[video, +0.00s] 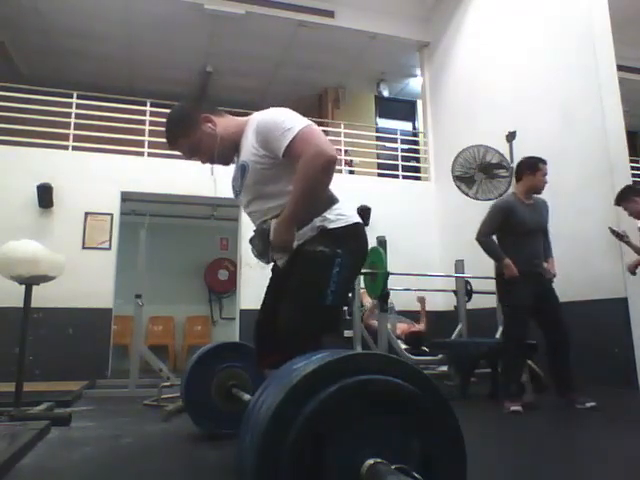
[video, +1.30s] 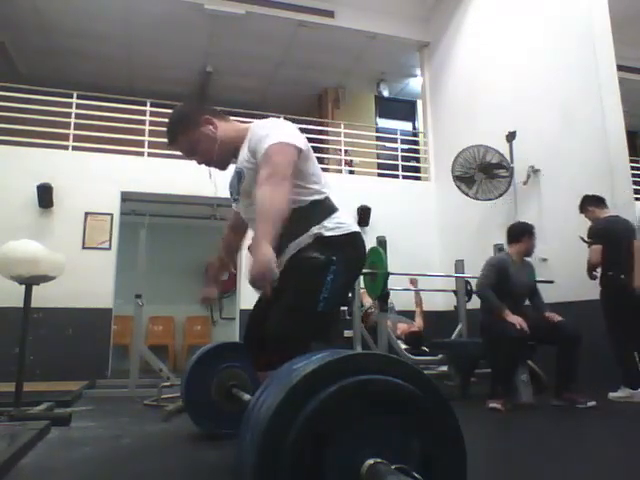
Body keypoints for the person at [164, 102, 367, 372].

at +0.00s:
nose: (202, 160)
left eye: (196, 151)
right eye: (194, 157)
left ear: (209, 125)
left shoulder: (267, 121)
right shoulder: (241, 173)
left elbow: (321, 156)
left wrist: (287, 223)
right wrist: (265, 235)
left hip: (330, 240)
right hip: (296, 255)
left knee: (299, 337)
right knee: (270, 340)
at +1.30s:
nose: (198, 161)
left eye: (194, 151)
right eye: (191, 157)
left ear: (210, 127)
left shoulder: (272, 130)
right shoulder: (241, 178)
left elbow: (276, 182)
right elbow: (236, 228)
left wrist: (263, 246)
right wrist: (223, 265)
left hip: (328, 245)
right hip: (296, 260)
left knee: (288, 337)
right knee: (258, 336)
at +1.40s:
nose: (200, 162)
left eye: (197, 151)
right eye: (193, 157)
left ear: (213, 126)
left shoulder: (272, 133)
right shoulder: (236, 175)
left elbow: (257, 174)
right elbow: (212, 219)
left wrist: (220, 216)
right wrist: (179, 262)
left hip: (330, 247)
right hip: (292, 263)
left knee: (290, 339)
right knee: (258, 338)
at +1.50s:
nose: (204, 157)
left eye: (201, 148)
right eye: (197, 154)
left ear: (215, 125)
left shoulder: (278, 134)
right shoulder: (241, 177)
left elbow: (227, 158)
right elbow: (204, 207)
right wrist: (150, 233)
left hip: (331, 250)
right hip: (294, 264)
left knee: (294, 342)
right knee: (257, 338)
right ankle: (283, 426)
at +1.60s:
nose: (208, 147)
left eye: (206, 140)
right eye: (201, 144)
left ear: (219, 123)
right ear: (213, 133)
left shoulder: (278, 134)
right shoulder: (238, 177)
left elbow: (210, 147)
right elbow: (188, 197)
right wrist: (131, 207)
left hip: (333, 251)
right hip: (296, 267)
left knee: (288, 346)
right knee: (257, 345)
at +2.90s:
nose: (202, 163)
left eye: (201, 154)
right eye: (195, 157)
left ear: (217, 137)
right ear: (213, 144)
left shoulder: (273, 150)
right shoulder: (237, 184)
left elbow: (190, 155)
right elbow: (181, 189)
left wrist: (109, 152)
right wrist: (122, 180)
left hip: (342, 265)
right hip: (304, 275)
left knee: (285, 352)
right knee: (254, 344)